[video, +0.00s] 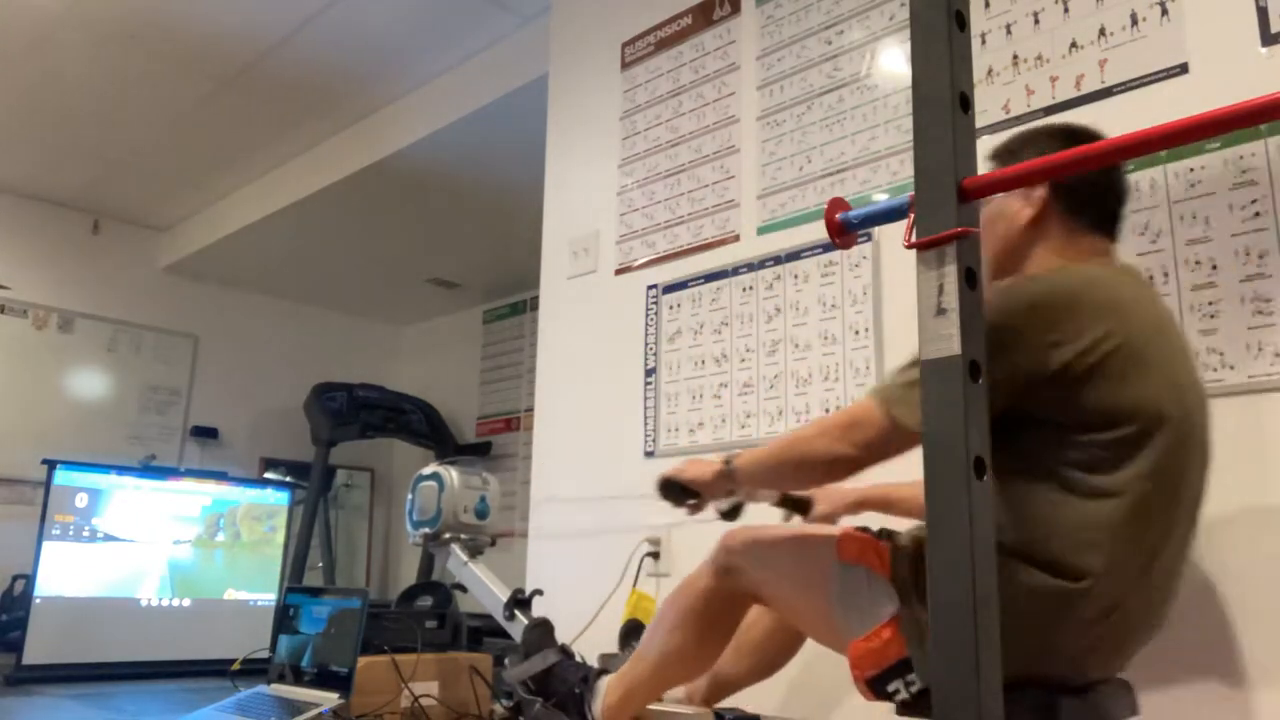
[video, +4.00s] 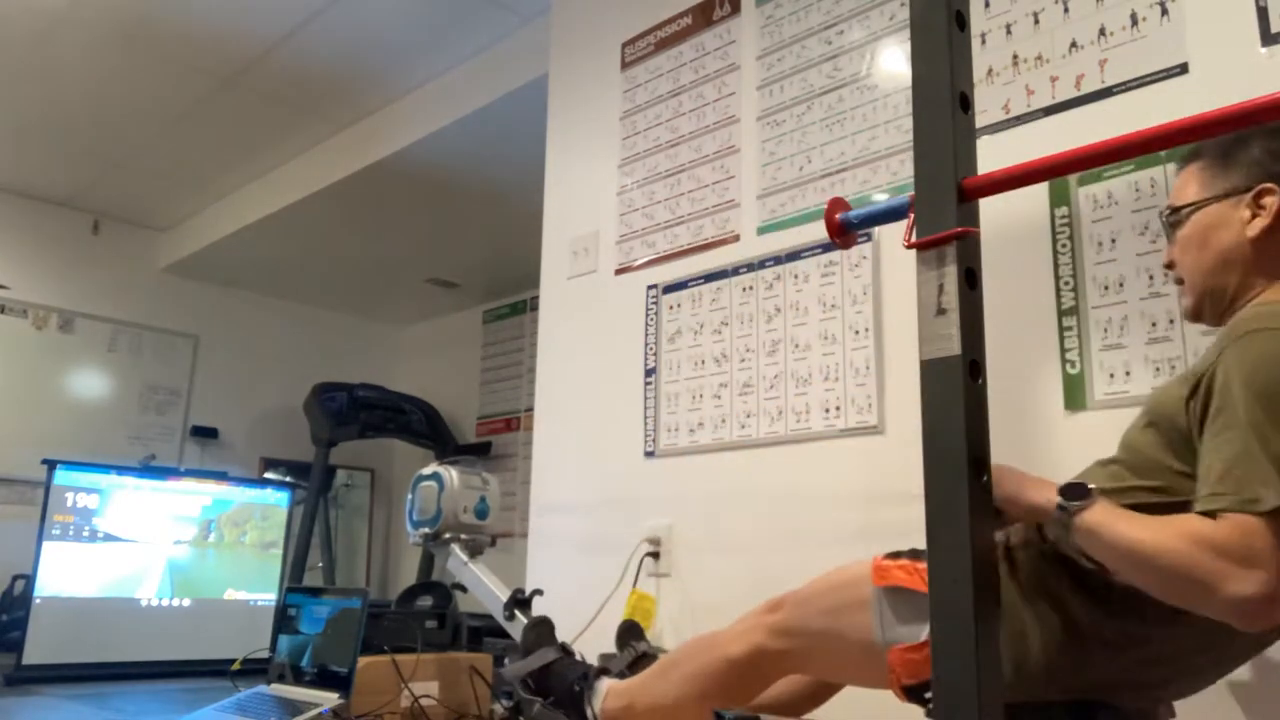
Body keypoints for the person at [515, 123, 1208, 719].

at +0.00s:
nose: (970, 227)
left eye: (982, 202)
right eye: (974, 205)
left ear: (1035, 201)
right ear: (1059, 206)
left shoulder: (1037, 306)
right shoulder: (1131, 306)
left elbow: (847, 445)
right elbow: (1029, 506)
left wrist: (724, 473)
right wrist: (862, 497)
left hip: (1023, 627)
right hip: (1092, 628)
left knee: (738, 557)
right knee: (837, 549)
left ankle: (612, 703)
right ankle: (694, 696)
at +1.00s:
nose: (742, 271)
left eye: (746, 254)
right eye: (742, 257)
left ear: (780, 251)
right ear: (842, 260)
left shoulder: (767, 332)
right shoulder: (891, 337)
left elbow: (654, 469)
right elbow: (822, 499)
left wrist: (571, 510)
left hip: (807, 626)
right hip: (905, 631)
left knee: (634, 508)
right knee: (711, 482)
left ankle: (606, 693)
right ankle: (680, 677)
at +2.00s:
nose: (1117, 236)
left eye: (1130, 207)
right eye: (1121, 211)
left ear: (1200, 204)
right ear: (1209, 207)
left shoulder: (1201, 339)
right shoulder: (1265, 331)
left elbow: (1056, 532)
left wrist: (905, 495)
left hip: (1045, 649)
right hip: (1121, 655)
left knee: (774, 601)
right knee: (836, 612)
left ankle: (608, 706)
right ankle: (706, 711)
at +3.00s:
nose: (652, 304)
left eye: (656, 287)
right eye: (652, 289)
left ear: (684, 284)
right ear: (743, 294)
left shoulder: (672, 359)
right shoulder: (790, 362)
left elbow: (565, 480)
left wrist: (495, 534)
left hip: (730, 627)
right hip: (821, 632)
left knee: (593, 481)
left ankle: (603, 681)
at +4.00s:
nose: (1166, 252)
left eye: (1180, 221)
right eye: (1168, 227)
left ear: (1261, 214)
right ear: (1257, 220)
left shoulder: (1264, 337)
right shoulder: (1249, 342)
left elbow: (1250, 582)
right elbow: (1222, 550)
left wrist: (1057, 505)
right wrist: (1046, 508)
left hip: (1064, 619)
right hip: (1097, 634)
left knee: (783, 624)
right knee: (828, 650)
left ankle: (607, 705)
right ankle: (680, 712)